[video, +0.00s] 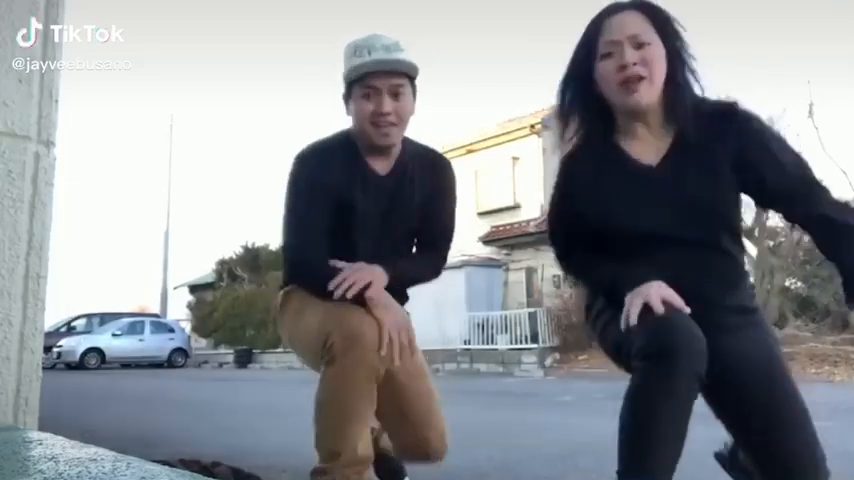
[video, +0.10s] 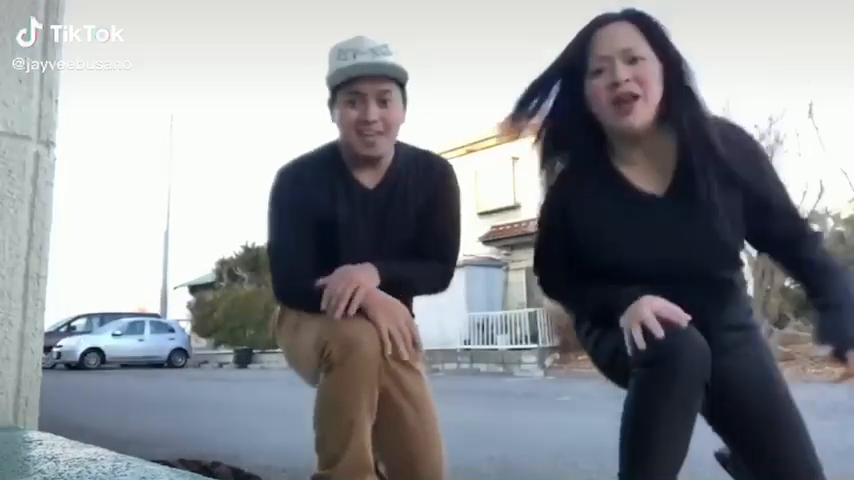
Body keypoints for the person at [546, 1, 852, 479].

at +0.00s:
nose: (628, 60)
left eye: (641, 45)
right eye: (609, 53)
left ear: (669, 57)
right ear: (593, 77)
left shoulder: (726, 130)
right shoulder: (583, 167)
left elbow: (814, 207)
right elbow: (569, 245)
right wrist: (628, 284)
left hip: (727, 314)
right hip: (627, 313)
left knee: (806, 472)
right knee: (677, 343)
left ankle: (746, 460)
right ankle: (640, 472)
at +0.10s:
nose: (619, 78)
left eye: (633, 59)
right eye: (598, 70)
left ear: (665, 69)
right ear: (584, 95)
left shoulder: (725, 149)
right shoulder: (575, 188)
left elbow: (790, 238)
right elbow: (554, 274)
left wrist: (841, 312)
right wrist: (624, 303)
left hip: (723, 326)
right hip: (623, 332)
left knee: (799, 473)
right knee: (679, 352)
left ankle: (742, 461)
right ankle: (645, 474)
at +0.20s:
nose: (616, 94)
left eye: (631, 75)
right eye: (594, 87)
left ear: (662, 87)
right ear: (578, 112)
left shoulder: (732, 163)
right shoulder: (571, 202)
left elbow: (785, 264)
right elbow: (541, 296)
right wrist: (618, 327)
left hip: (731, 349)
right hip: (634, 357)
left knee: (792, 472)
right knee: (676, 364)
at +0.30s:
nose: (613, 104)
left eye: (628, 84)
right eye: (591, 96)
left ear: (659, 94)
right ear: (574, 120)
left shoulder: (733, 169)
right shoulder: (571, 216)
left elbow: (784, 286)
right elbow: (537, 333)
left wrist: (710, 344)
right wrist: (620, 354)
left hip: (734, 367)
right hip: (641, 380)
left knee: (786, 471)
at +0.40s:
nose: (610, 107)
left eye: (625, 86)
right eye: (589, 94)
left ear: (656, 93)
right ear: (572, 113)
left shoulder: (731, 170)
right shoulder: (567, 209)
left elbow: (803, 288)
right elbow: (538, 357)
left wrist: (742, 358)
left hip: (741, 369)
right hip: (640, 382)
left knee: (782, 472)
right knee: (638, 472)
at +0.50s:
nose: (604, 104)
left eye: (621, 85)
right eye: (586, 91)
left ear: (651, 92)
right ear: (569, 109)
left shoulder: (738, 161)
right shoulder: (571, 200)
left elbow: (833, 266)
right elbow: (558, 345)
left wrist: (822, 349)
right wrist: (529, 263)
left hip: (736, 340)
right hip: (635, 341)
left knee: (781, 468)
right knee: (657, 356)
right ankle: (643, 471)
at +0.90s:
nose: (619, 88)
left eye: (636, 65)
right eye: (597, 78)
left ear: (670, 76)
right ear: (583, 104)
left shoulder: (768, 135)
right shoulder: (596, 181)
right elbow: (591, 335)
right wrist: (511, 263)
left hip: (785, 312)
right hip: (678, 312)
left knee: (788, 471)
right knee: (705, 350)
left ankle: (744, 450)